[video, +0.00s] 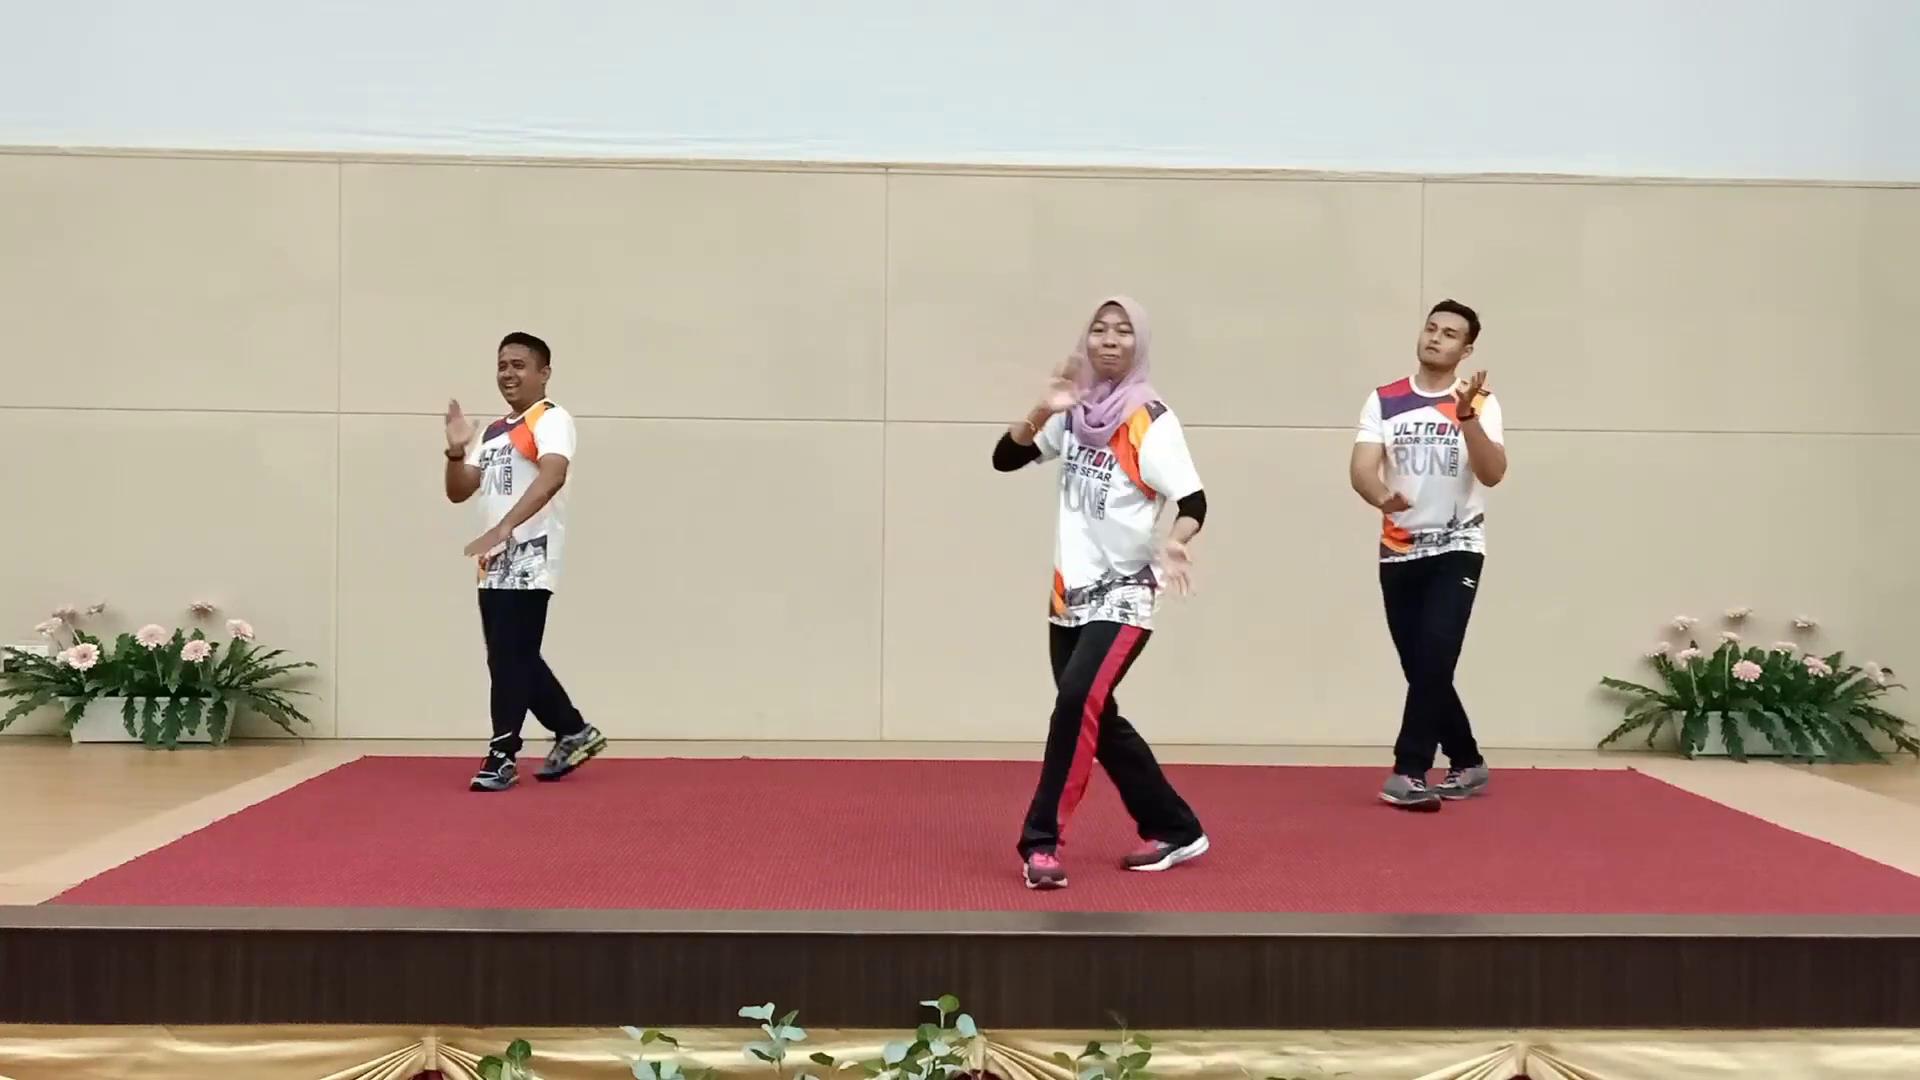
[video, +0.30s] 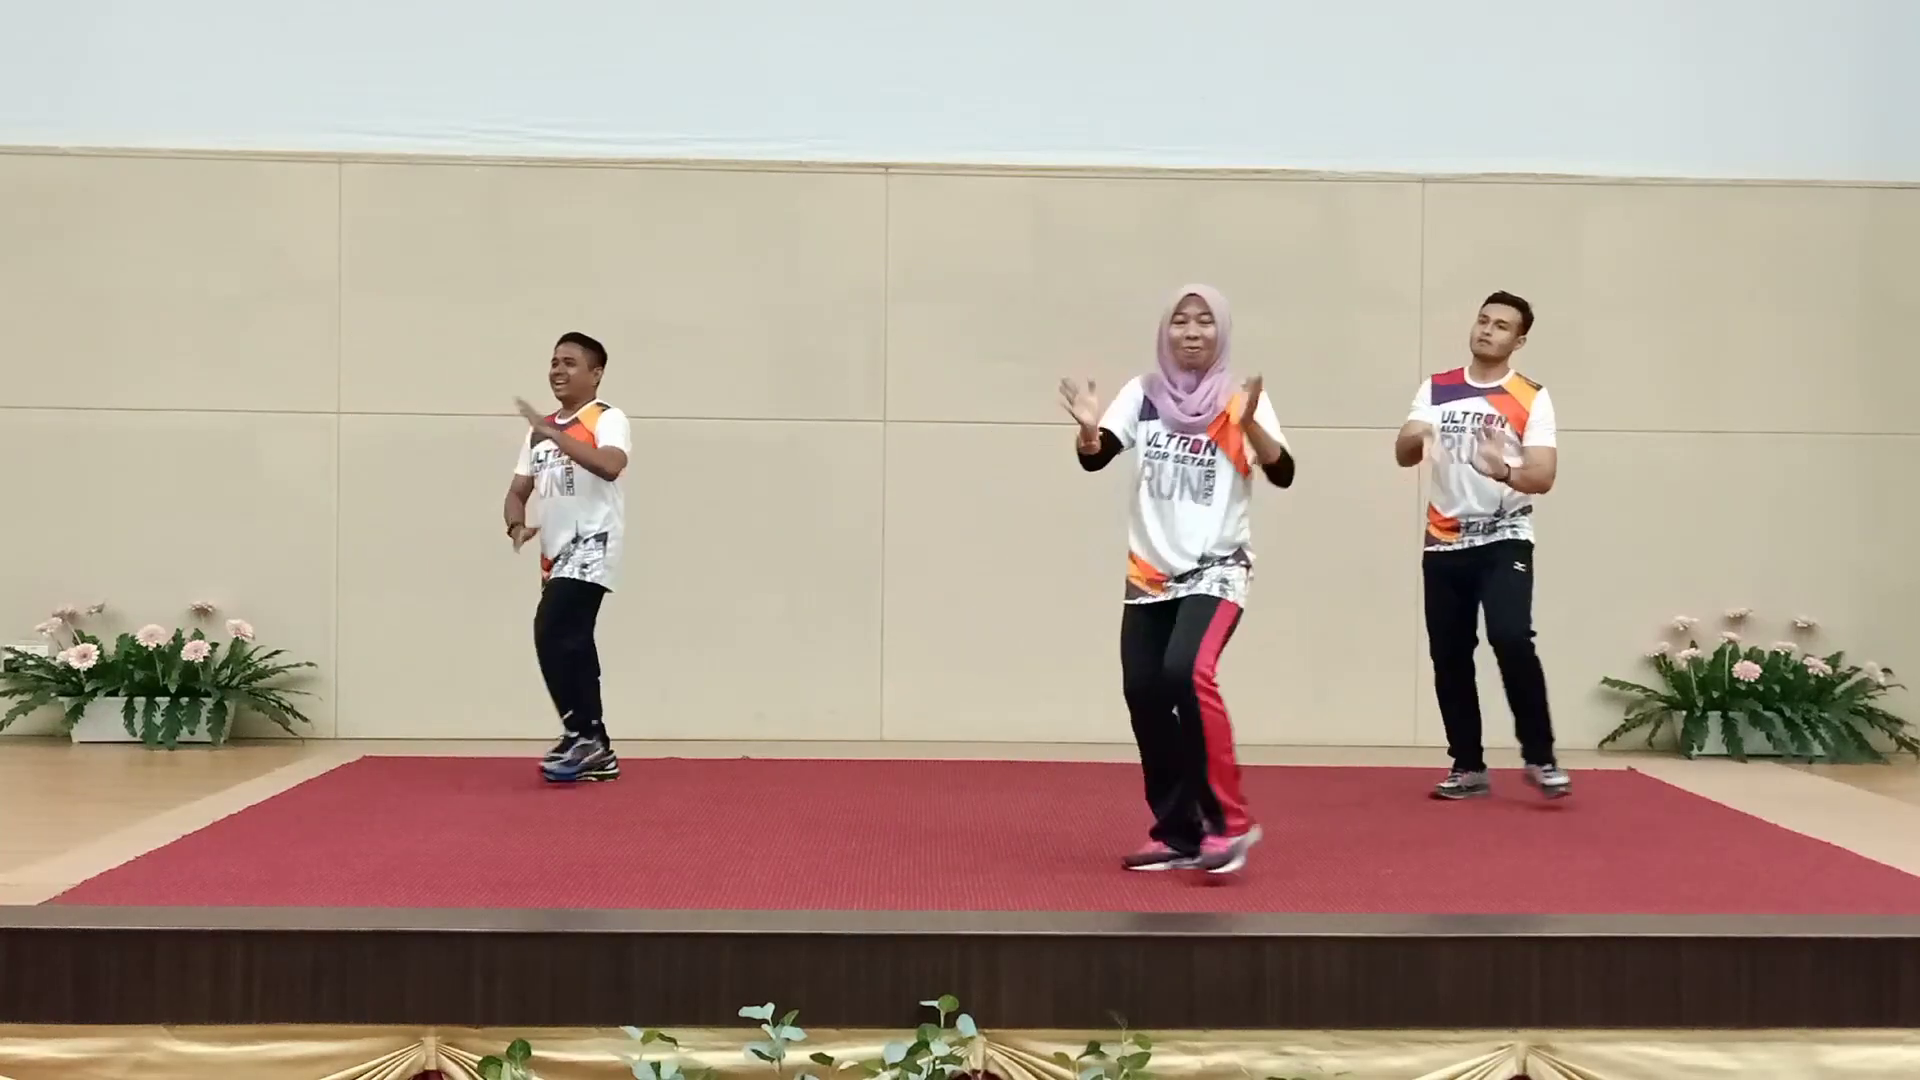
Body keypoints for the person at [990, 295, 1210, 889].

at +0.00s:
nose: (1111, 339)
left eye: (1123, 331)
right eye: (1101, 330)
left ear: (1140, 345)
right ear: (1085, 342)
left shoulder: (1150, 418)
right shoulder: (1071, 415)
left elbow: (1192, 499)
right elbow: (1004, 461)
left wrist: (1175, 539)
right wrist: (1036, 416)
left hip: (1127, 595)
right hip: (1070, 597)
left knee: (1075, 705)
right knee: (1098, 720)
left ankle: (1041, 843)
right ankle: (1179, 831)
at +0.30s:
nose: (1192, 331)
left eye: (1204, 321)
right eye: (1181, 321)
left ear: (1222, 333)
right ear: (1164, 333)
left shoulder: (1241, 402)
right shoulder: (1141, 393)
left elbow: (1282, 476)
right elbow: (1095, 459)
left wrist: (1252, 427)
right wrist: (1089, 432)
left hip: (1217, 570)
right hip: (1150, 575)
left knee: (1185, 672)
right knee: (1144, 694)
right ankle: (1179, 836)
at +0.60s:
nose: (1292, 346)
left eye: (1304, 335)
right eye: (1281, 336)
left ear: (1326, 345)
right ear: (1266, 347)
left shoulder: (1355, 410)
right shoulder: (1245, 408)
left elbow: (1380, 466)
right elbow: (1214, 479)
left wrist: (1333, 396)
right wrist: (1191, 533)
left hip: (1320, 594)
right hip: (1242, 589)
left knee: (1343, 715)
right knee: (1195, 698)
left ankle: (1398, 847)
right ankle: (1184, 836)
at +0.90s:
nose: (1362, 359)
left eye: (1375, 350)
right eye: (1355, 348)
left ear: (1405, 355)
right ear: (1348, 352)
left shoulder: (1421, 416)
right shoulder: (1337, 406)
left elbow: (1432, 489)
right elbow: (1274, 453)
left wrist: (1353, 471)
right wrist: (1244, 445)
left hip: (1374, 597)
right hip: (1310, 582)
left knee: (1366, 720)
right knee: (1219, 651)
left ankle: (1401, 849)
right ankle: (1184, 804)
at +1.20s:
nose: (1385, 363)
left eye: (1400, 355)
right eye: (1381, 352)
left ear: (1429, 369)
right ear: (1373, 360)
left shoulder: (1422, 438)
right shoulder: (1354, 418)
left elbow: (1420, 522)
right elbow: (1278, 464)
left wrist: (1356, 543)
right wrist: (1294, 425)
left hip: (1375, 601)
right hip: (1315, 590)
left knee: (1354, 726)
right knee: (1243, 696)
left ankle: (1401, 849)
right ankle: (1186, 841)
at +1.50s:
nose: (1335, 311)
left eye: (1350, 303)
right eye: (1328, 301)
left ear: (1375, 319)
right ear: (1316, 313)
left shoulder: (1391, 383)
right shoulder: (1291, 367)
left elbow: (1416, 453)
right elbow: (1223, 414)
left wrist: (1369, 389)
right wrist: (1198, 409)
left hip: (1353, 566)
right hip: (1281, 556)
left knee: (1363, 705)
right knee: (1229, 679)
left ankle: (1397, 844)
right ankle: (1189, 826)